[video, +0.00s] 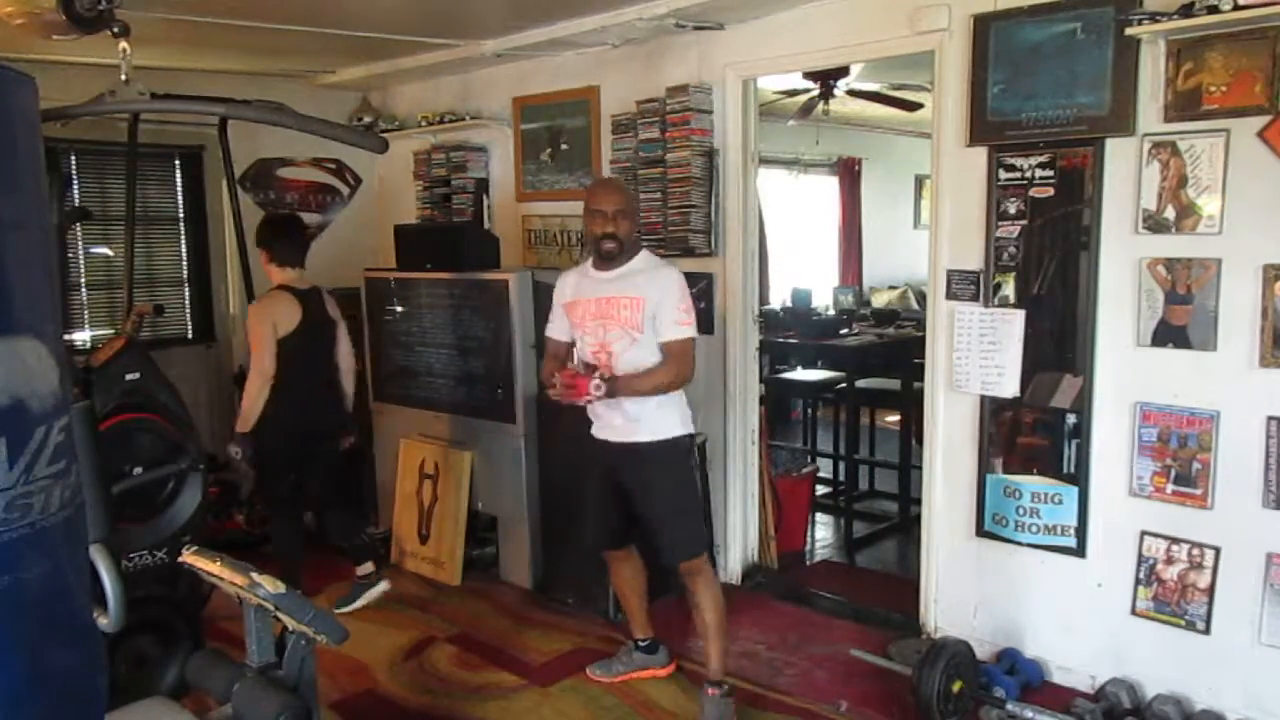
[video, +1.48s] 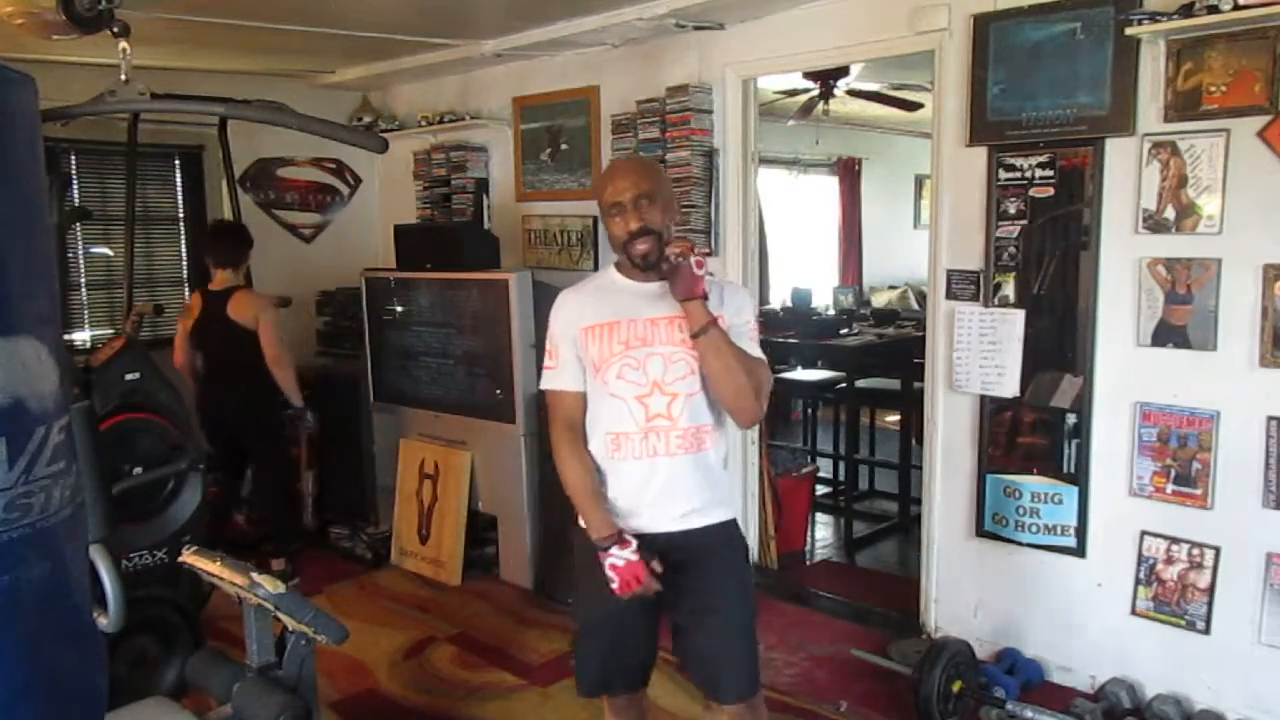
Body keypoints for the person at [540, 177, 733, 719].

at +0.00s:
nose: (607, 225)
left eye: (619, 215)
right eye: (597, 215)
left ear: (638, 221)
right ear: (584, 223)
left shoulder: (664, 280)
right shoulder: (569, 285)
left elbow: (681, 369)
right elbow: (553, 358)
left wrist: (615, 386)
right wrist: (555, 380)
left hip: (663, 442)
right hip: (603, 443)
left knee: (691, 562)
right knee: (616, 548)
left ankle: (717, 683)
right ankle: (644, 645)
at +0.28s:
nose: (642, 232)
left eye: (657, 220)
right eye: (633, 221)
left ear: (682, 228)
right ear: (623, 229)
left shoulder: (712, 300)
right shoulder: (612, 300)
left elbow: (752, 383)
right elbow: (589, 383)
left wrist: (710, 440)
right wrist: (554, 459)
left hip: (686, 468)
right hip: (626, 465)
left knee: (694, 596)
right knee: (626, 561)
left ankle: (710, 706)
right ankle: (645, 650)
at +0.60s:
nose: (671, 229)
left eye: (682, 214)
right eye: (658, 219)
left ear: (708, 215)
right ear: (646, 228)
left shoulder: (748, 290)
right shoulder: (631, 291)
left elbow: (762, 386)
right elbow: (629, 372)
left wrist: (721, 307)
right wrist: (622, 383)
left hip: (715, 472)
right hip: (641, 466)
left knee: (718, 602)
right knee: (621, 591)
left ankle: (712, 705)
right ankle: (650, 670)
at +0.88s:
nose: (673, 227)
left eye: (683, 212)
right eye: (657, 219)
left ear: (707, 216)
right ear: (644, 232)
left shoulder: (749, 290)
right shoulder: (621, 303)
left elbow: (772, 387)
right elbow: (595, 394)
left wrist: (725, 305)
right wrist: (562, 488)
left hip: (727, 495)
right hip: (646, 495)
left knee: (723, 626)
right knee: (641, 635)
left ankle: (712, 710)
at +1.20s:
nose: (641, 230)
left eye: (653, 213)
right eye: (624, 220)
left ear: (677, 213)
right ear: (610, 232)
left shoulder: (724, 293)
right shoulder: (586, 309)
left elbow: (756, 396)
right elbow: (556, 422)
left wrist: (700, 306)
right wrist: (534, 533)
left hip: (710, 513)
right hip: (622, 517)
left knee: (742, 669)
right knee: (625, 679)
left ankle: (724, 713)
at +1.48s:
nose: (634, 220)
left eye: (646, 202)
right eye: (617, 210)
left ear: (675, 206)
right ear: (604, 223)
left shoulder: (727, 298)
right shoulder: (574, 308)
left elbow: (747, 408)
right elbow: (566, 433)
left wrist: (692, 303)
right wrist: (607, 536)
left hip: (710, 532)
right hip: (615, 537)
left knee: (738, 699)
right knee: (619, 697)